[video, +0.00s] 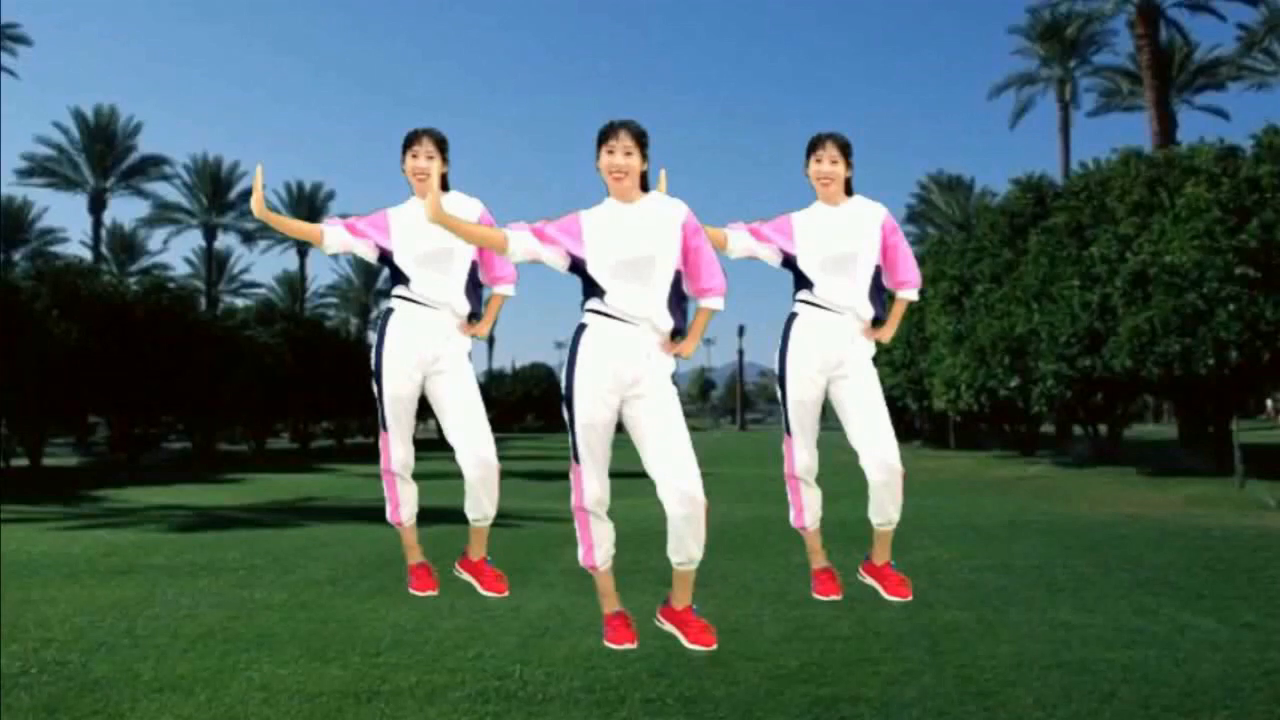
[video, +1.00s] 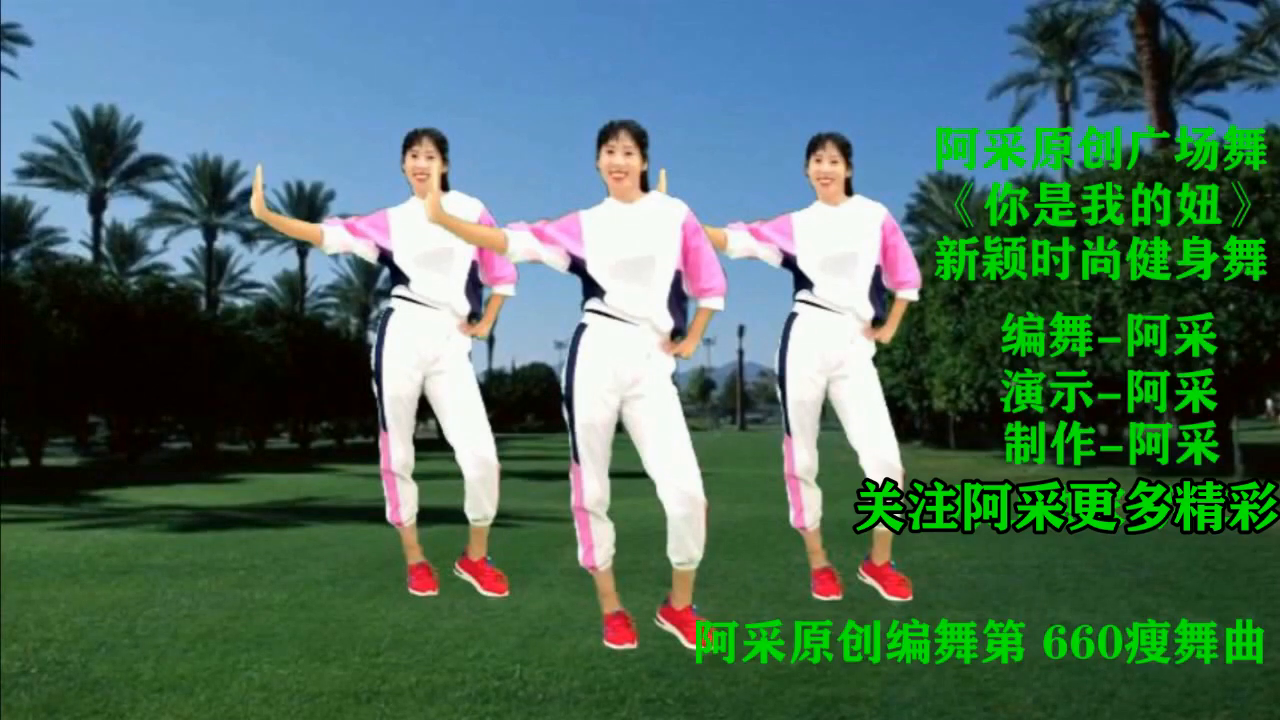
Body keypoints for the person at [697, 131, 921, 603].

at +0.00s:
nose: (825, 168)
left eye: (833, 161)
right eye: (818, 161)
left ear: (848, 169)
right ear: (807, 170)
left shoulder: (876, 217)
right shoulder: (797, 223)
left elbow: (908, 277)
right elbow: (734, 238)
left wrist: (889, 328)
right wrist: (682, 224)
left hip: (856, 340)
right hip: (807, 336)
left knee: (885, 461)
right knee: (802, 459)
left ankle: (879, 562)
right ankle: (819, 565)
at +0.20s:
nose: (825, 168)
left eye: (833, 161)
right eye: (818, 161)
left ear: (848, 169)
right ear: (807, 171)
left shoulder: (876, 217)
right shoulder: (797, 223)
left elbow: (907, 277)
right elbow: (734, 238)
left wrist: (888, 329)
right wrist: (682, 225)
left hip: (856, 341)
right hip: (806, 337)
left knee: (885, 462)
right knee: (802, 460)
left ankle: (879, 562)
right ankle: (819, 565)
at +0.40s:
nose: (825, 168)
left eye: (833, 161)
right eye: (818, 161)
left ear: (848, 169)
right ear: (807, 170)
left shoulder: (875, 217)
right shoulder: (797, 223)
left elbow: (907, 277)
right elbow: (734, 238)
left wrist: (888, 329)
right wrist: (682, 224)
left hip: (855, 340)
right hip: (807, 336)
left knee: (885, 459)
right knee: (802, 458)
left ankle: (879, 562)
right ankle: (819, 565)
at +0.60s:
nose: (825, 168)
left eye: (833, 161)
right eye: (818, 161)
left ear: (848, 169)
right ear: (807, 170)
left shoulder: (875, 217)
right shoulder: (797, 223)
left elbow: (907, 277)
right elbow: (734, 238)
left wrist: (888, 329)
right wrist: (682, 224)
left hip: (855, 340)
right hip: (807, 336)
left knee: (886, 459)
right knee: (802, 458)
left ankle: (879, 562)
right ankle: (819, 565)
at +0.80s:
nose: (825, 168)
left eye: (833, 161)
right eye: (818, 161)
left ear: (848, 169)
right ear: (807, 171)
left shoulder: (875, 217)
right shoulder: (797, 223)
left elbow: (907, 277)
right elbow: (734, 238)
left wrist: (888, 330)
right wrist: (682, 224)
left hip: (855, 340)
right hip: (807, 336)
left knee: (885, 458)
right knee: (802, 458)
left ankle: (879, 562)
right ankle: (819, 565)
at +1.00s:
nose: (825, 168)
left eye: (833, 161)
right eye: (818, 161)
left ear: (848, 169)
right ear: (807, 171)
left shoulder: (875, 217)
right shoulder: (797, 223)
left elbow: (907, 277)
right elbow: (734, 238)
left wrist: (888, 329)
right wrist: (682, 224)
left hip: (855, 340)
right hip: (806, 335)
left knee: (885, 458)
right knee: (802, 458)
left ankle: (879, 562)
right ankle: (819, 565)